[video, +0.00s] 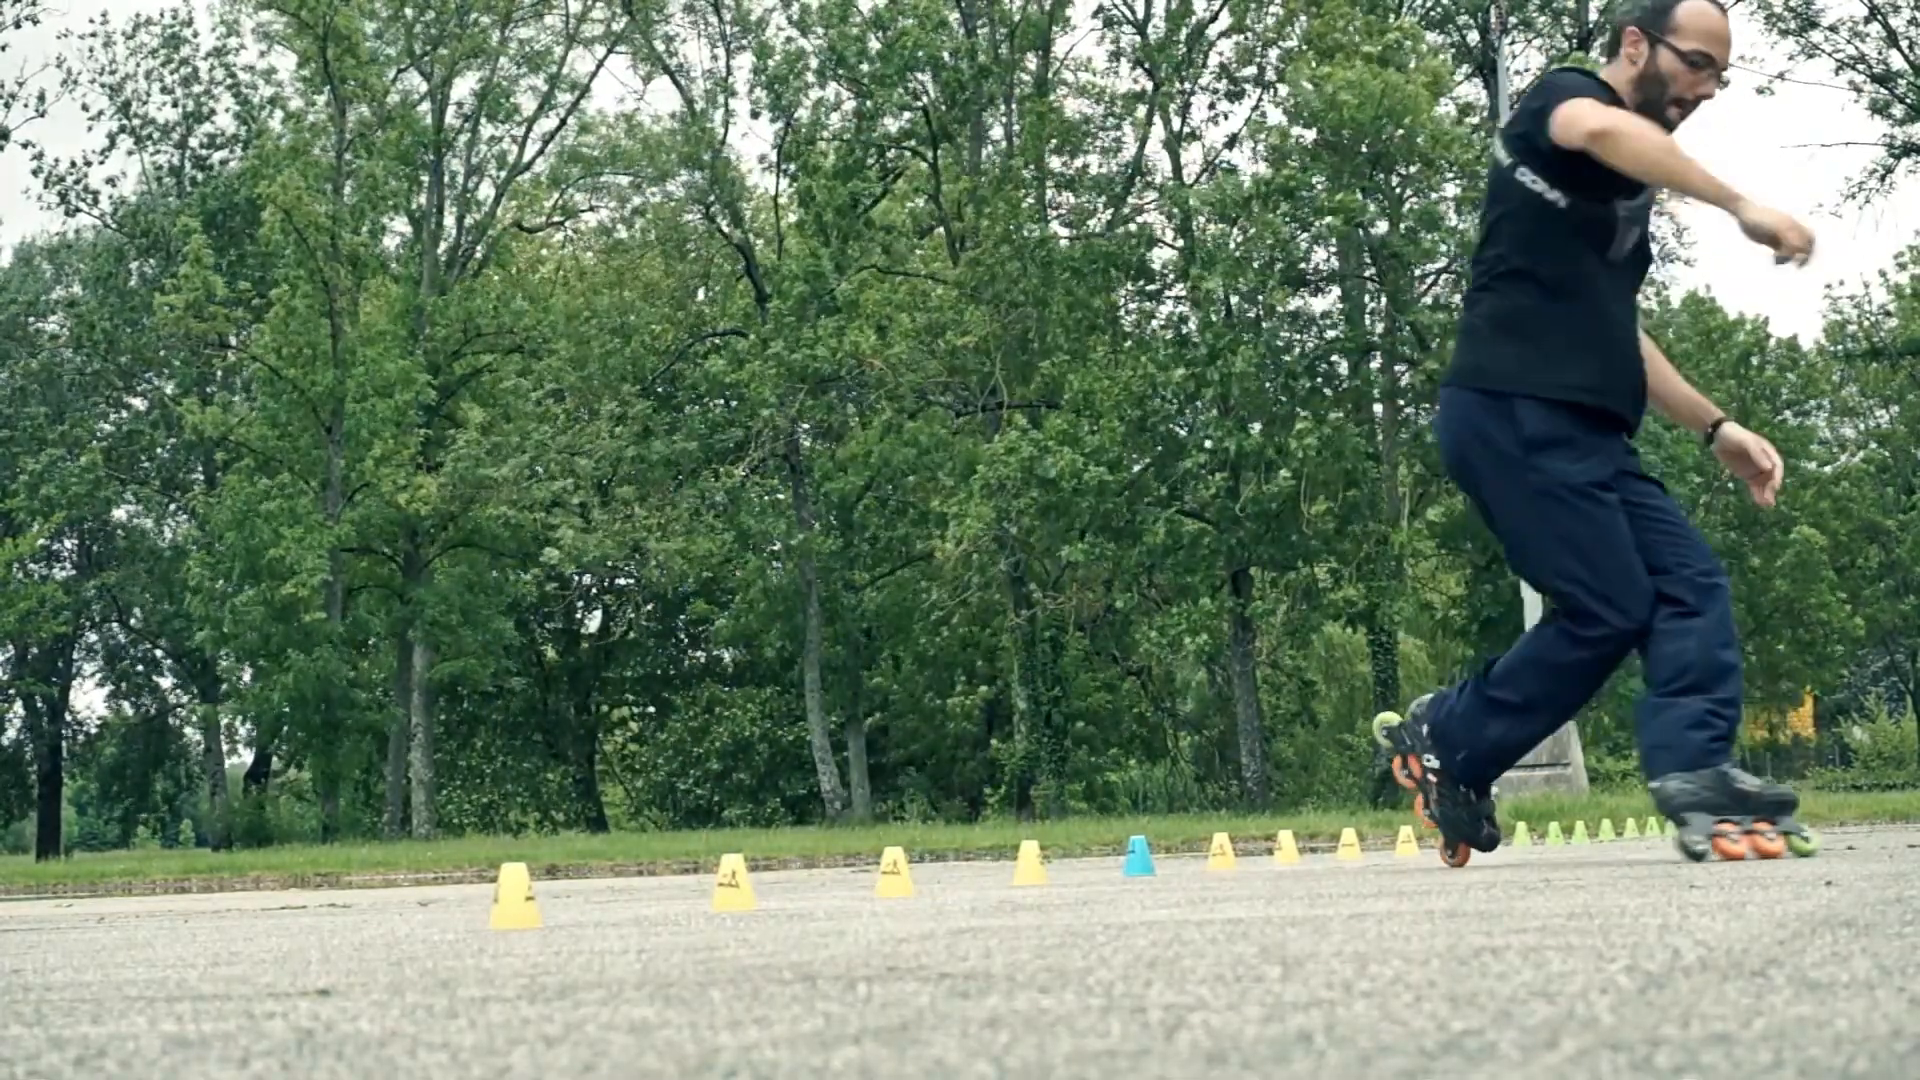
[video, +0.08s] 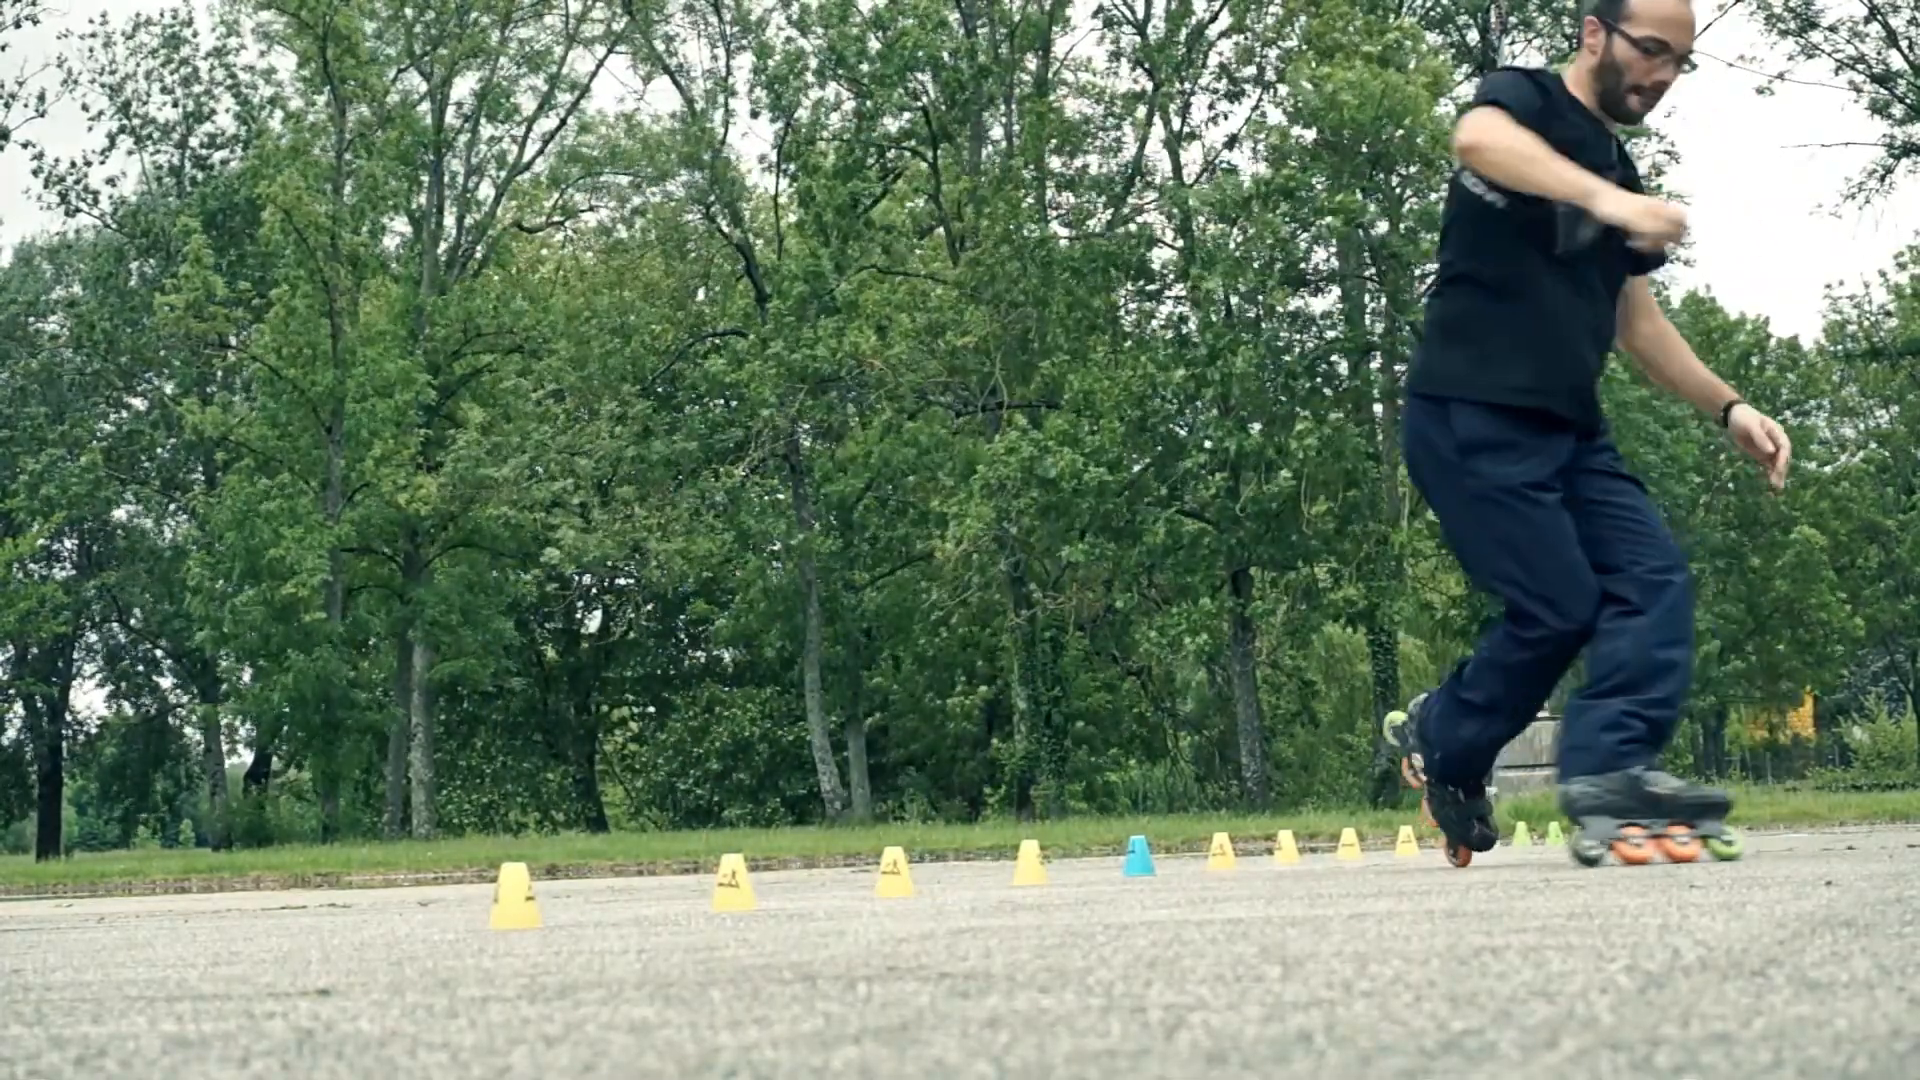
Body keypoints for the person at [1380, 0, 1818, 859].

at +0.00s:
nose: (1705, 89)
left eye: (1717, 74)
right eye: (1694, 63)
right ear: (1632, 45)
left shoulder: (1632, 174)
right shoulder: (1562, 89)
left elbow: (1614, 331)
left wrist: (1716, 429)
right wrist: (1740, 203)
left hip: (1591, 428)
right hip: (1511, 413)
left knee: (1688, 582)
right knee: (1610, 607)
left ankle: (1691, 766)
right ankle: (1449, 744)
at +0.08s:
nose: (1663, 76)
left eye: (1679, 62)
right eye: (1651, 50)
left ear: (1681, 66)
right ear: (1592, 33)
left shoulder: (1618, 174)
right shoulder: (1524, 92)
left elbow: (1639, 323)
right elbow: (1476, 136)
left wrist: (1728, 407)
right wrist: (1609, 199)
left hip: (1568, 429)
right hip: (1472, 418)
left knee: (1652, 580)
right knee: (1559, 605)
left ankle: (1605, 767)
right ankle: (1444, 748)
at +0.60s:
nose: (1260, 33)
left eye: (1274, 14)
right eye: (1249, 19)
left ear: (1332, 1)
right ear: (1248, 16)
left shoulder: (1405, 90)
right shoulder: (1277, 96)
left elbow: (1483, 239)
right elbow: (1216, 208)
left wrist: (1429, 365)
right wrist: (1128, 306)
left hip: (1391, 394)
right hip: (1307, 410)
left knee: (1281, 584)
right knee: (1306, 611)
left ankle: (1217, 792)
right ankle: (1507, 740)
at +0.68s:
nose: (1224, 28)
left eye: (1239, 9)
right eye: (1216, 14)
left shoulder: (1377, 82)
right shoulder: (1278, 90)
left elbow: (1441, 242)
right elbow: (1246, 203)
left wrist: (1368, 373)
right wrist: (1159, 305)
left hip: (1386, 383)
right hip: (1320, 390)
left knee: (1274, 577)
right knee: (1335, 600)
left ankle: (1266, 805)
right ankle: (1520, 735)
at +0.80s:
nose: (1197, 26)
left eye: (1206, 6)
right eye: (1191, 12)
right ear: (1255, 10)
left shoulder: (1343, 73)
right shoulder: (1282, 89)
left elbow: (1392, 239)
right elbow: (1290, 200)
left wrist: (1308, 374)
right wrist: (1227, 290)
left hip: (1399, 359)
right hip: (1377, 362)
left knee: (1294, 571)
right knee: (1376, 581)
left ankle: (1377, 803)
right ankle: (1541, 737)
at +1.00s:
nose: (1162, 27)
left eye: (1168, 5)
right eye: (1155, 12)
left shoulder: (1275, 70)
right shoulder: (1340, 49)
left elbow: (1328, 231)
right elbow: (1394, 213)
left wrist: (1273, 375)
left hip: (1407, 343)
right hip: (1469, 329)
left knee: (1413, 578)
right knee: (1351, 543)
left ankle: (1548, 794)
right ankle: (1448, 765)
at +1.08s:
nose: (1137, 32)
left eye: (1145, 9)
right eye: (1128, 17)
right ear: (1230, 0)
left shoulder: (1243, 71)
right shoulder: (1332, 49)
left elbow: (1295, 224)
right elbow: (1422, 163)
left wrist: (1255, 364)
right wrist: (1388, 266)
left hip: (1391, 324)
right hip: (1470, 310)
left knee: (1440, 566)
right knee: (1363, 559)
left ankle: (1574, 788)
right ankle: (1400, 779)